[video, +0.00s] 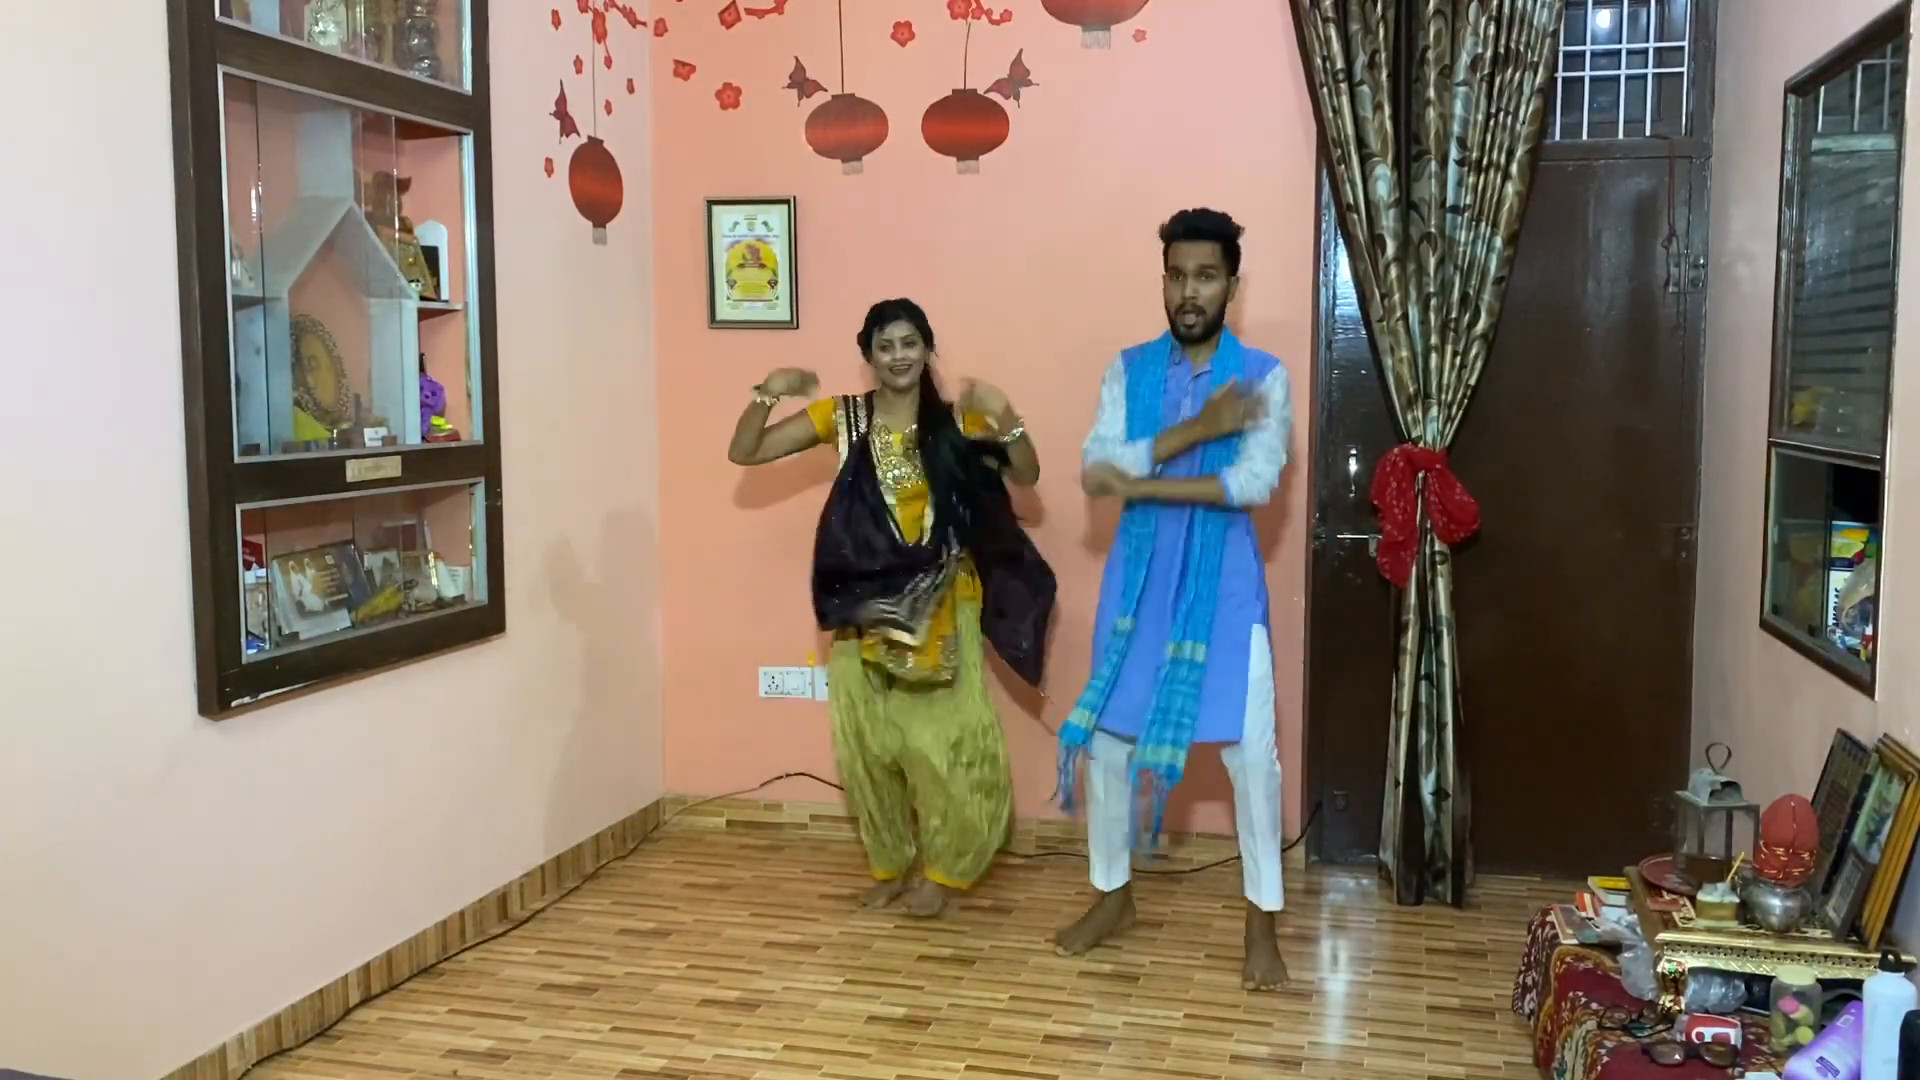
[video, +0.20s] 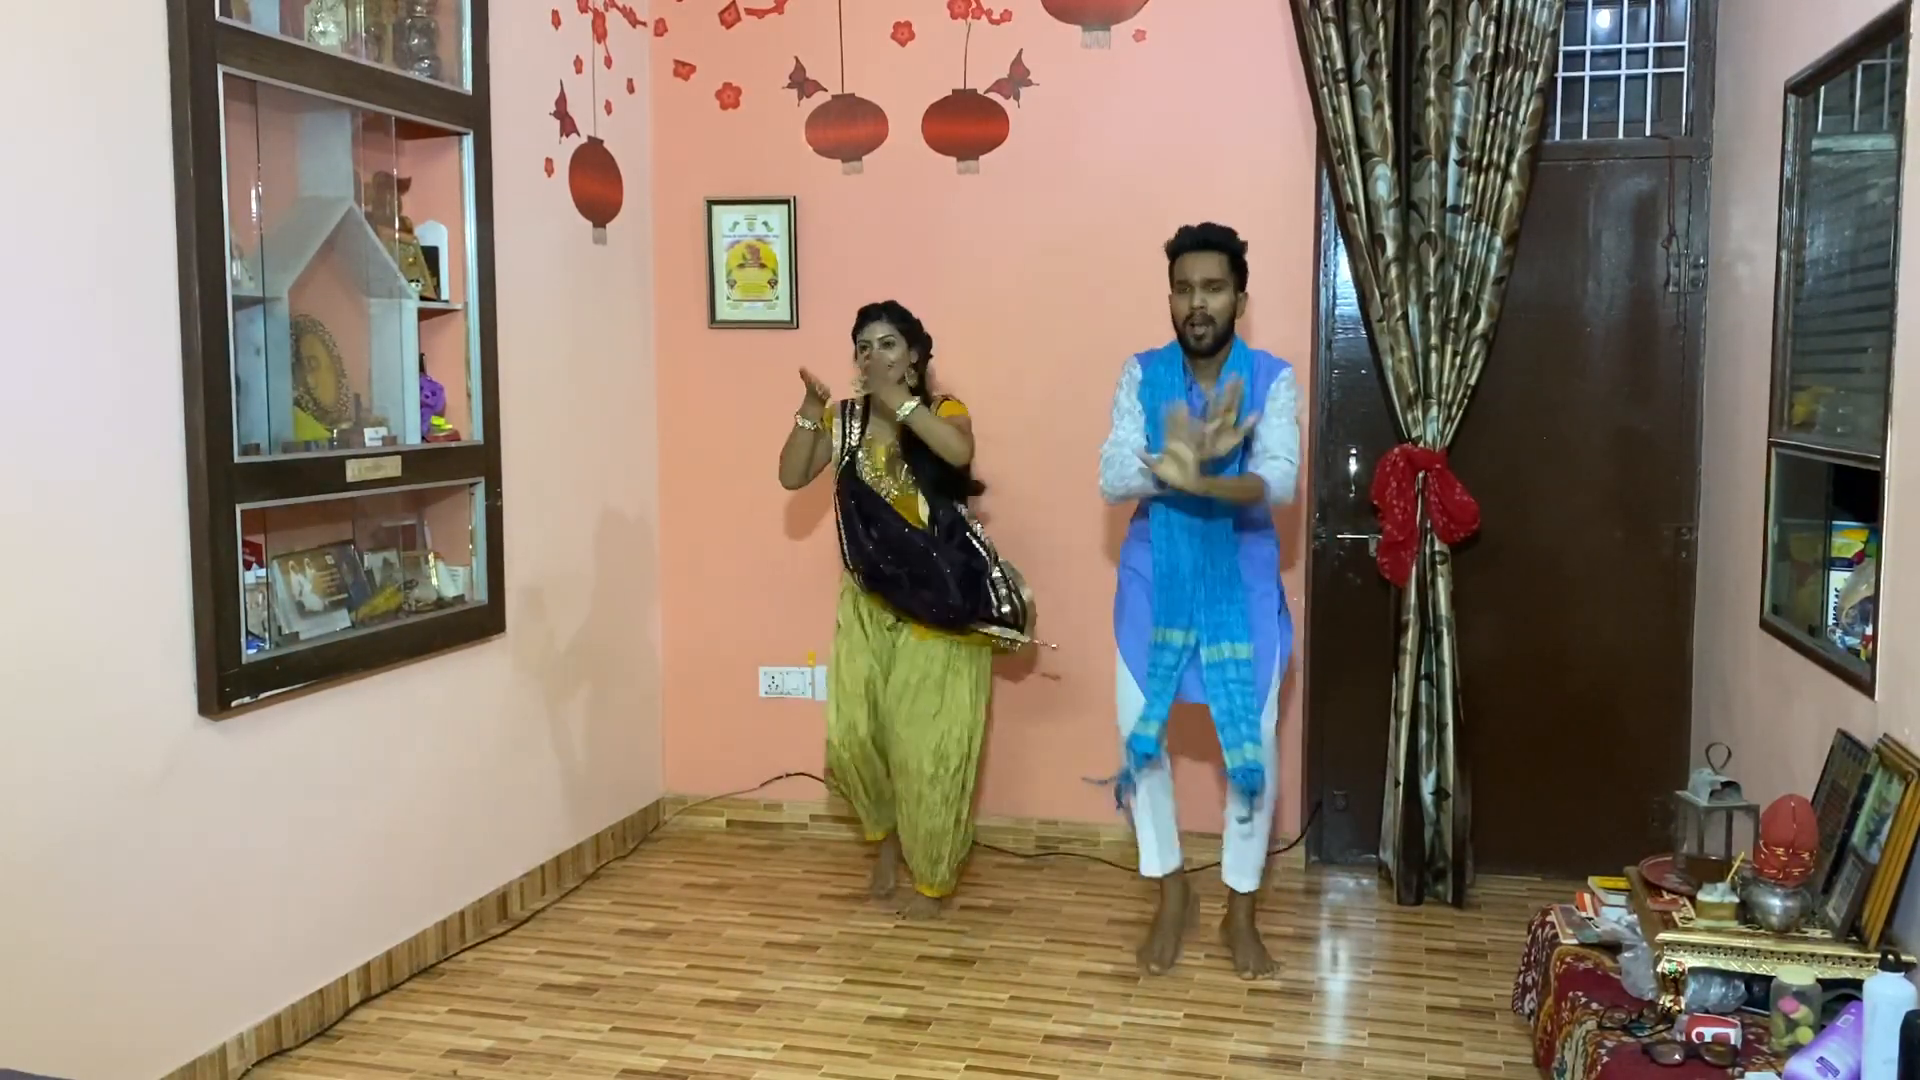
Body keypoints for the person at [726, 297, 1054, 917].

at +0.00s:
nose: (899, 355)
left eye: (910, 343)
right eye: (887, 345)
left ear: (927, 351)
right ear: (869, 355)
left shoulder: (954, 418)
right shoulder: (846, 415)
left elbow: (1026, 476)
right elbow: (746, 449)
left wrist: (1007, 422)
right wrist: (765, 392)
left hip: (945, 596)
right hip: (865, 598)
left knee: (945, 737)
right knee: (866, 738)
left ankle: (945, 870)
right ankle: (892, 866)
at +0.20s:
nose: (876, 355)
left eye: (888, 344)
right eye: (865, 346)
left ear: (914, 355)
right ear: (855, 360)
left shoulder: (940, 410)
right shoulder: (845, 420)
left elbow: (959, 454)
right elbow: (793, 476)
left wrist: (896, 401)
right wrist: (811, 413)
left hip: (938, 606)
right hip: (867, 601)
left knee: (929, 741)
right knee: (853, 735)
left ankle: (934, 879)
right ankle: (887, 844)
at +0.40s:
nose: (872, 384)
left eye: (885, 372)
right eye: (863, 374)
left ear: (915, 378)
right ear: (854, 381)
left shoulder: (942, 434)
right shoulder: (841, 432)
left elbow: (944, 471)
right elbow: (790, 479)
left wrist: (888, 467)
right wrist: (794, 456)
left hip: (939, 619)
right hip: (867, 609)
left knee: (932, 752)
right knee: (841, 732)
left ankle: (939, 877)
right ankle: (874, 845)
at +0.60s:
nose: (869, 378)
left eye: (882, 366)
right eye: (859, 367)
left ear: (911, 369)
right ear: (850, 371)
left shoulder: (934, 427)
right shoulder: (833, 417)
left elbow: (945, 458)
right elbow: (755, 436)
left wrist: (925, 460)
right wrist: (707, 454)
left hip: (923, 622)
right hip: (846, 613)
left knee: (929, 751)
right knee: (827, 737)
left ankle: (940, 874)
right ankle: (827, 857)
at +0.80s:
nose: (860, 374)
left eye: (871, 362)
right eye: (847, 363)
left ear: (886, 362)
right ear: (826, 364)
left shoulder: (907, 419)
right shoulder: (799, 408)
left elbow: (961, 501)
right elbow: (721, 463)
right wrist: (679, 531)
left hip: (892, 597)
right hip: (813, 597)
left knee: (904, 734)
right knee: (802, 732)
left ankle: (900, 847)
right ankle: (775, 847)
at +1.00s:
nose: (894, 400)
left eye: (893, 389)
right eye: (882, 391)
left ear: (880, 398)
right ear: (846, 401)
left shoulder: (906, 467)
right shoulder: (802, 471)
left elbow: (941, 544)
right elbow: (755, 562)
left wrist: (936, 612)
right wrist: (748, 649)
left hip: (881, 628)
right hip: (805, 627)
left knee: (907, 722)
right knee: (777, 751)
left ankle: (893, 837)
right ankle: (759, 861)